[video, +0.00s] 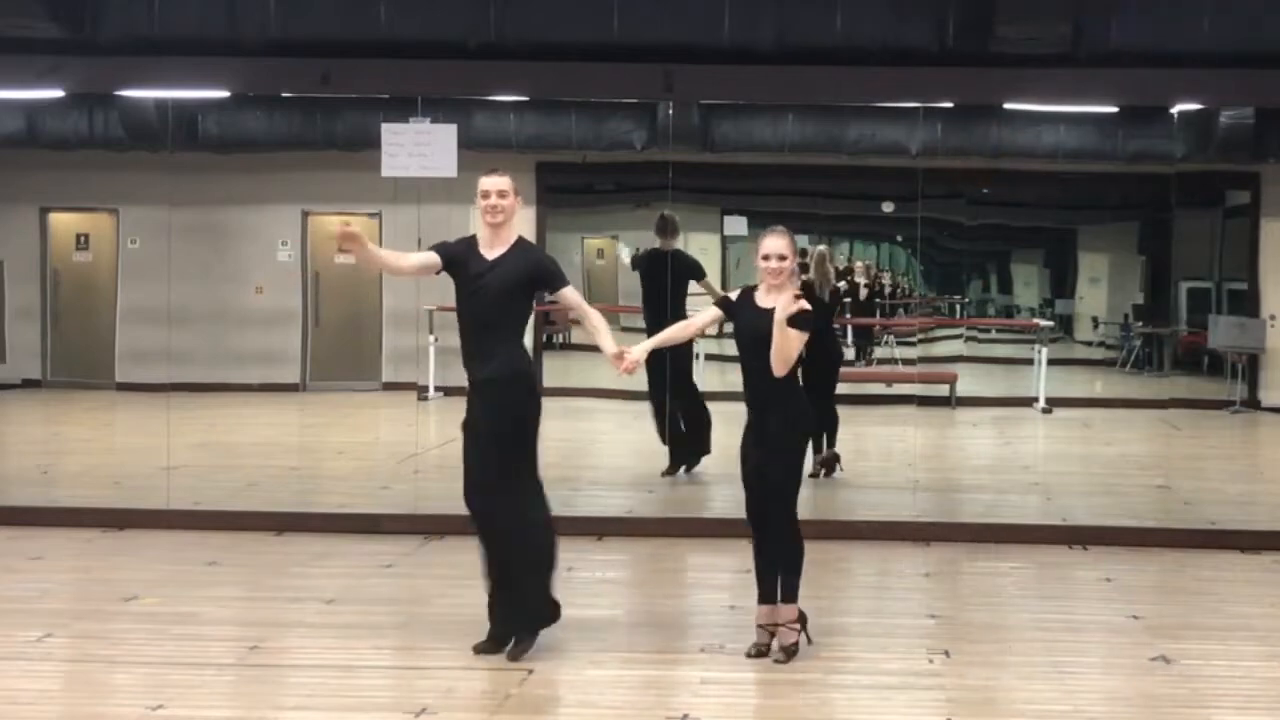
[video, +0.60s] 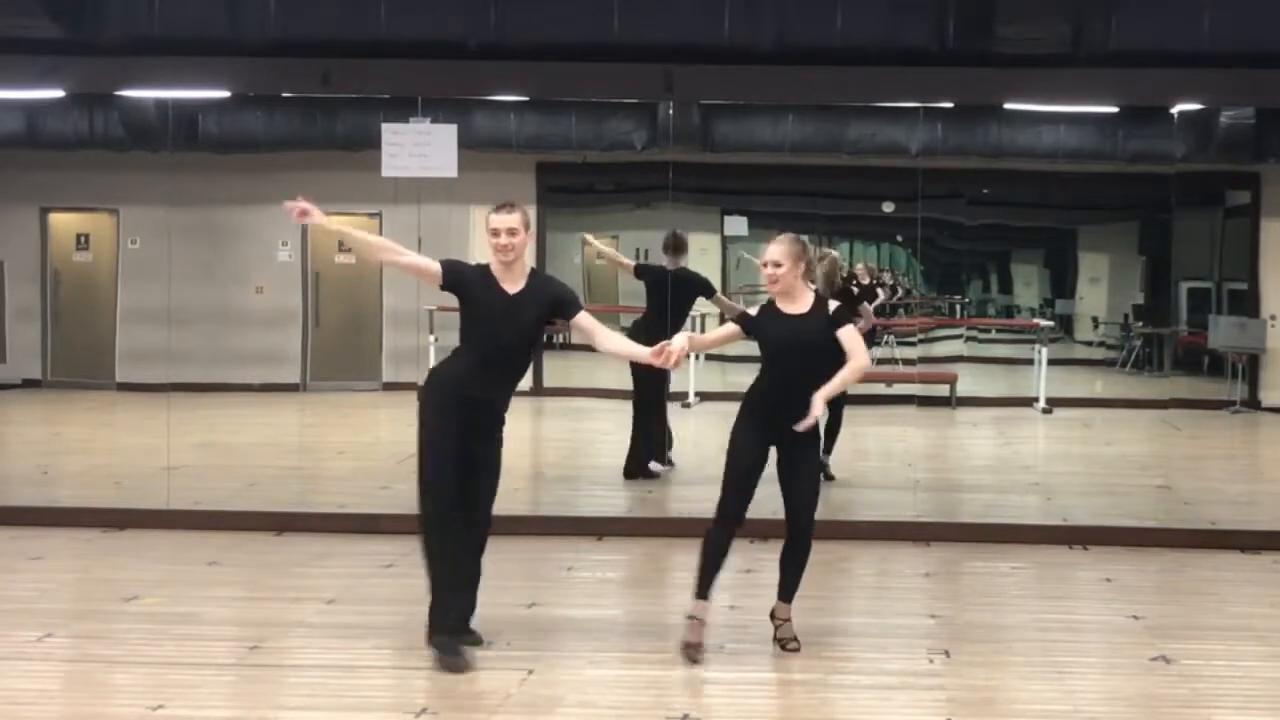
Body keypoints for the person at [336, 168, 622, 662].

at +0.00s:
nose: (494, 202)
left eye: (502, 195)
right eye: (486, 195)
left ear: (517, 203)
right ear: (476, 203)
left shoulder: (531, 258)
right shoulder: (460, 251)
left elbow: (584, 310)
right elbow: (408, 264)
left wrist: (611, 348)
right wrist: (366, 250)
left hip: (515, 389)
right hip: (481, 389)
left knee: (512, 496)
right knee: (481, 499)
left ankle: (533, 608)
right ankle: (505, 614)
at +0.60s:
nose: (505, 241)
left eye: (513, 232)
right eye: (496, 233)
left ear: (529, 237)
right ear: (487, 237)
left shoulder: (549, 292)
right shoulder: (468, 278)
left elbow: (601, 335)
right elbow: (396, 254)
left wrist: (650, 354)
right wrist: (327, 223)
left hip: (489, 413)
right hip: (445, 403)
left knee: (476, 518)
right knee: (443, 514)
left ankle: (457, 621)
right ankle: (443, 629)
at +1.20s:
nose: (497, 236)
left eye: (505, 229)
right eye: (489, 229)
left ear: (522, 237)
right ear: (480, 238)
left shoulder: (537, 298)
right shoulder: (460, 290)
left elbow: (589, 344)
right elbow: (447, 346)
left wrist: (619, 369)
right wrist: (419, 308)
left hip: (495, 421)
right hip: (478, 419)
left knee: (425, 512)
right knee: (526, 514)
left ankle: (488, 597)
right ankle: (574, 599)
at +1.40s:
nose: (494, 225)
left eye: (503, 218)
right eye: (487, 218)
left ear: (519, 228)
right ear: (477, 227)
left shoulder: (530, 292)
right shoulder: (452, 279)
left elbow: (571, 343)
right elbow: (385, 304)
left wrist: (607, 365)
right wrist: (357, 320)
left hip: (509, 415)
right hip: (463, 413)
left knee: (495, 520)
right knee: (451, 520)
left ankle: (498, 620)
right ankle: (499, 576)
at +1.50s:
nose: (489, 219)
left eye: (498, 213)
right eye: (482, 213)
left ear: (515, 223)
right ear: (472, 223)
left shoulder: (529, 287)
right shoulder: (446, 270)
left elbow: (562, 341)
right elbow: (365, 288)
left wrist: (596, 365)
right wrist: (298, 315)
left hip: (513, 415)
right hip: (461, 411)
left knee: (509, 518)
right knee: (447, 510)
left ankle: (483, 615)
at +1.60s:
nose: (485, 221)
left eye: (494, 214)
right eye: (478, 214)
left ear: (511, 223)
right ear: (468, 224)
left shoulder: (528, 289)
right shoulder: (444, 272)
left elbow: (562, 342)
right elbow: (364, 281)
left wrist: (601, 363)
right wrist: (285, 289)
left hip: (505, 421)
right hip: (456, 417)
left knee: (464, 516)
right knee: (450, 522)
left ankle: (436, 608)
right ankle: (462, 641)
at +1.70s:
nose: (483, 222)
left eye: (492, 215)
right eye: (476, 215)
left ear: (509, 224)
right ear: (466, 224)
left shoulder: (527, 291)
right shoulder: (441, 272)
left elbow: (561, 344)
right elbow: (360, 274)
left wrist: (601, 355)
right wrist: (281, 275)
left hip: (501, 419)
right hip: (454, 416)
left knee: (454, 512)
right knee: (466, 524)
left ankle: (422, 607)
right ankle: (484, 646)